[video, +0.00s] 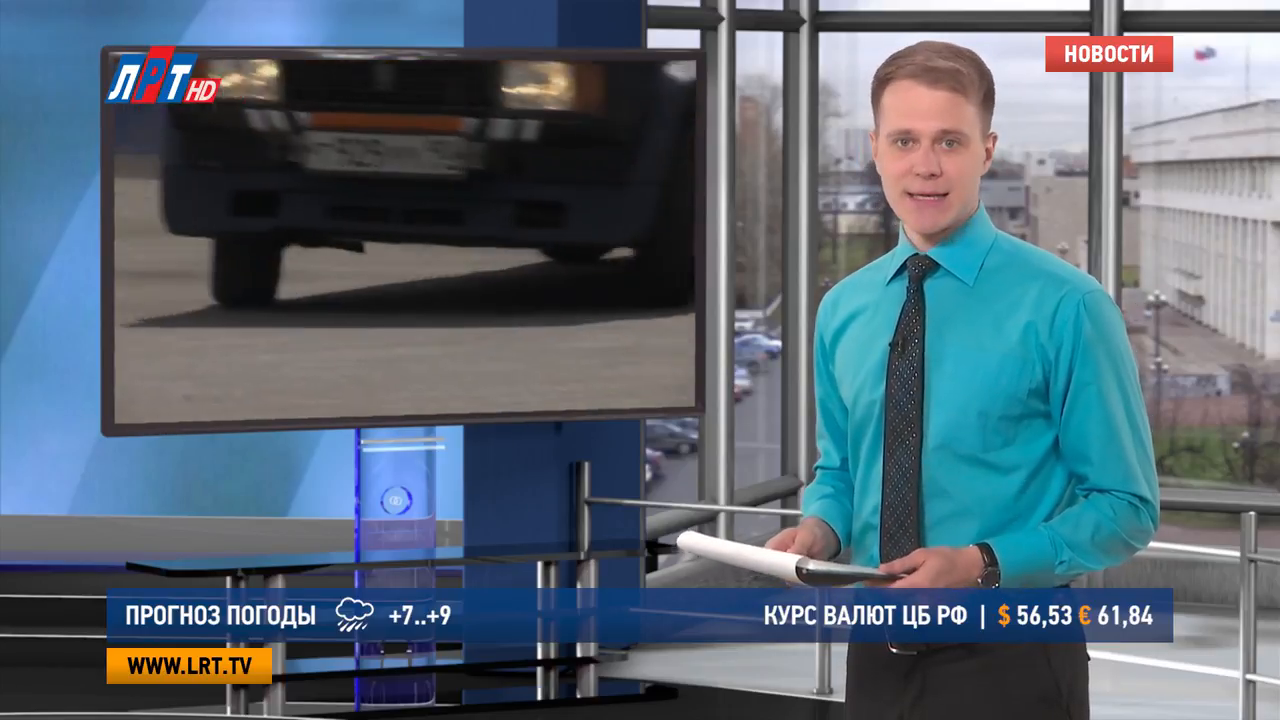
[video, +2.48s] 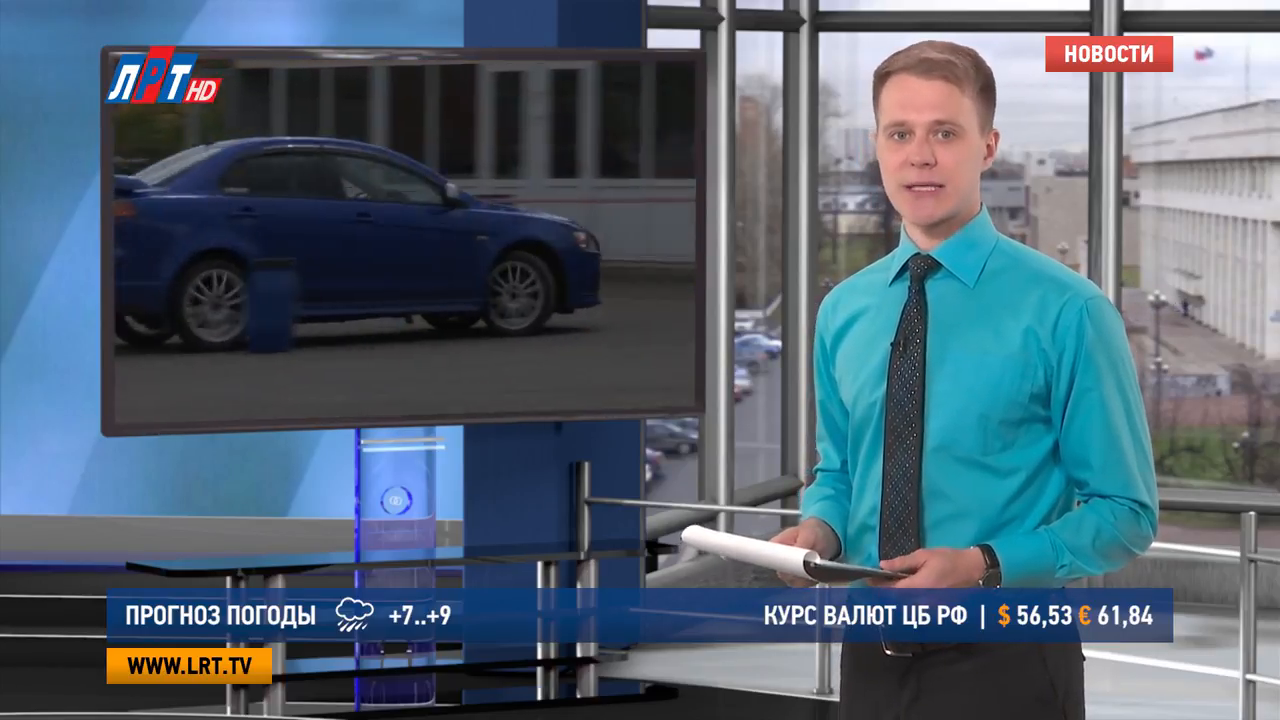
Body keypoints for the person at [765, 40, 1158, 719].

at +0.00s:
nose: (925, 165)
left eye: (949, 141)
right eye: (904, 141)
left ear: (987, 149)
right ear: (875, 150)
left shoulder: (1067, 305)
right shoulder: (843, 309)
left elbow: (1127, 505)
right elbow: (838, 471)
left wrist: (984, 563)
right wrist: (815, 531)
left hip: (1012, 659)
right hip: (878, 656)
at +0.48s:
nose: (926, 166)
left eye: (950, 142)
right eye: (905, 141)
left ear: (986, 150)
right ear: (874, 150)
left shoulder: (1063, 306)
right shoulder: (836, 311)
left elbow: (1131, 504)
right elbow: (831, 472)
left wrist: (990, 563)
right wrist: (816, 531)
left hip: (1005, 664)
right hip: (871, 663)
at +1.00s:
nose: (932, 142)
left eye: (955, 125)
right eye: (910, 122)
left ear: (986, 149)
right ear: (874, 147)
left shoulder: (1061, 308)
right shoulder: (833, 311)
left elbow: (1124, 508)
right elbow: (830, 472)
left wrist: (983, 567)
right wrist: (813, 534)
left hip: (1005, 662)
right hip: (870, 660)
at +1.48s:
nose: (920, 156)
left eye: (944, 133)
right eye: (899, 133)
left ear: (983, 147)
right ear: (871, 148)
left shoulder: (1061, 309)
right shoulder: (834, 311)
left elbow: (1121, 510)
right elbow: (829, 472)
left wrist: (981, 567)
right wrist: (809, 534)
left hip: (1002, 662)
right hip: (867, 659)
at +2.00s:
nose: (910, 161)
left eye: (936, 136)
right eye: (891, 137)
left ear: (982, 146)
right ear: (871, 150)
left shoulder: (1064, 310)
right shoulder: (839, 311)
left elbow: (1125, 510)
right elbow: (833, 472)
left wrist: (984, 565)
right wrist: (812, 534)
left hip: (1003, 663)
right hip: (869, 662)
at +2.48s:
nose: (919, 156)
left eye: (944, 133)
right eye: (899, 134)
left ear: (988, 147)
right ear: (877, 148)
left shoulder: (1067, 310)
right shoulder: (843, 310)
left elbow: (1125, 511)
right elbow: (835, 473)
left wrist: (985, 564)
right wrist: (816, 530)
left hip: (1004, 663)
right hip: (871, 662)